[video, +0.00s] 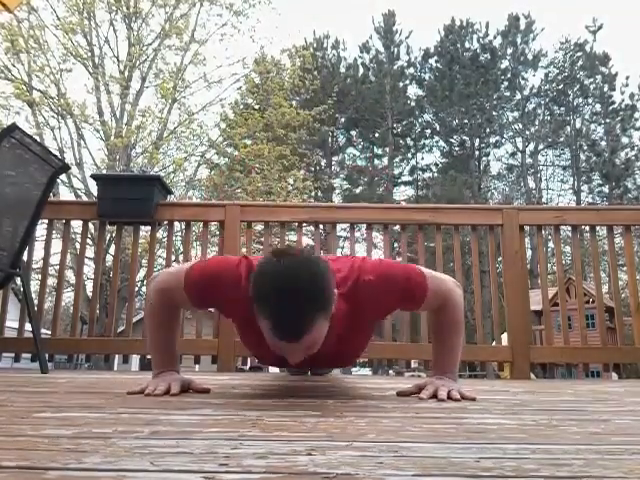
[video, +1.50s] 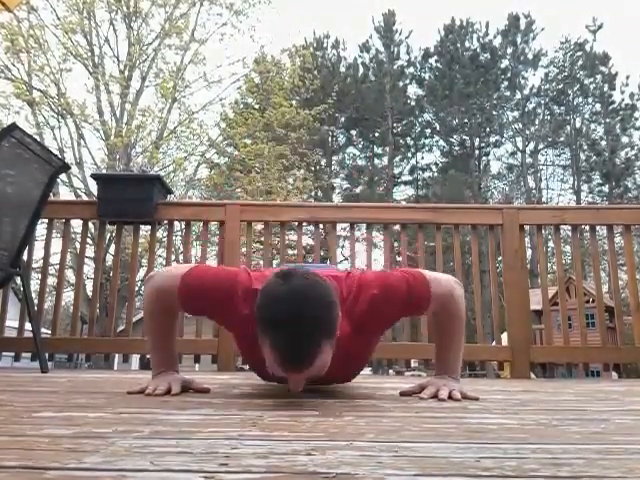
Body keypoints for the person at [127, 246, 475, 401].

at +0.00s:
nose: (296, 360)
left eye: (309, 348)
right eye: (280, 350)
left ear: (334, 305)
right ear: (255, 308)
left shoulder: (371, 283)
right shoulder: (230, 280)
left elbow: (448, 295)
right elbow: (163, 290)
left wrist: (444, 375)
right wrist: (165, 369)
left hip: (339, 353)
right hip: (264, 352)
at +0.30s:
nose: (298, 224)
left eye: (311, 211)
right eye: (282, 212)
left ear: (332, 181)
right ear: (263, 185)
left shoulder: (370, 202)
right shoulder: (235, 205)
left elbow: (422, 287)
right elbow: (191, 283)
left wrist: (441, 375)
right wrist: (168, 370)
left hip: (338, 298)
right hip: (278, 299)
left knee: (327, 333)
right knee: (291, 334)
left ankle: (323, 358)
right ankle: (297, 356)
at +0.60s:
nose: (297, 336)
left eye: (309, 325)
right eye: (282, 328)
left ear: (332, 281)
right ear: (255, 287)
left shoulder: (370, 267)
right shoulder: (232, 266)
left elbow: (446, 291)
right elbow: (164, 288)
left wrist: (446, 376)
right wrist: (165, 370)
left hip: (336, 348)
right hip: (272, 349)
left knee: (322, 362)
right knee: (286, 361)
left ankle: (317, 368)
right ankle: (294, 365)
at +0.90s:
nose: (296, 343)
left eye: (310, 332)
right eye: (280, 333)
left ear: (333, 292)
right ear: (257, 293)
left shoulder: (370, 275)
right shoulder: (233, 272)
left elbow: (448, 293)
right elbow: (164, 287)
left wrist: (446, 376)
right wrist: (165, 370)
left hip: (337, 350)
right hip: (270, 346)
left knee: (327, 363)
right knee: (282, 363)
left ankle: (326, 367)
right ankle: (287, 363)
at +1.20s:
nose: (302, 229)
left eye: (317, 214)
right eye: (286, 215)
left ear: (336, 185)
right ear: (266, 188)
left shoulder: (373, 207)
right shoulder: (237, 208)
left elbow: (426, 289)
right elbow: (187, 284)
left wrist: (443, 375)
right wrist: (167, 370)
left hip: (337, 308)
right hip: (279, 306)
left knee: (325, 338)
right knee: (291, 338)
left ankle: (321, 357)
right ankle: (296, 357)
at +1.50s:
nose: (296, 386)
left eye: (312, 373)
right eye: (281, 373)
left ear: (337, 328)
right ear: (257, 324)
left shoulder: (372, 296)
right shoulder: (234, 294)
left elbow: (448, 291)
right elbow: (161, 285)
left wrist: (446, 374)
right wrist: (164, 369)